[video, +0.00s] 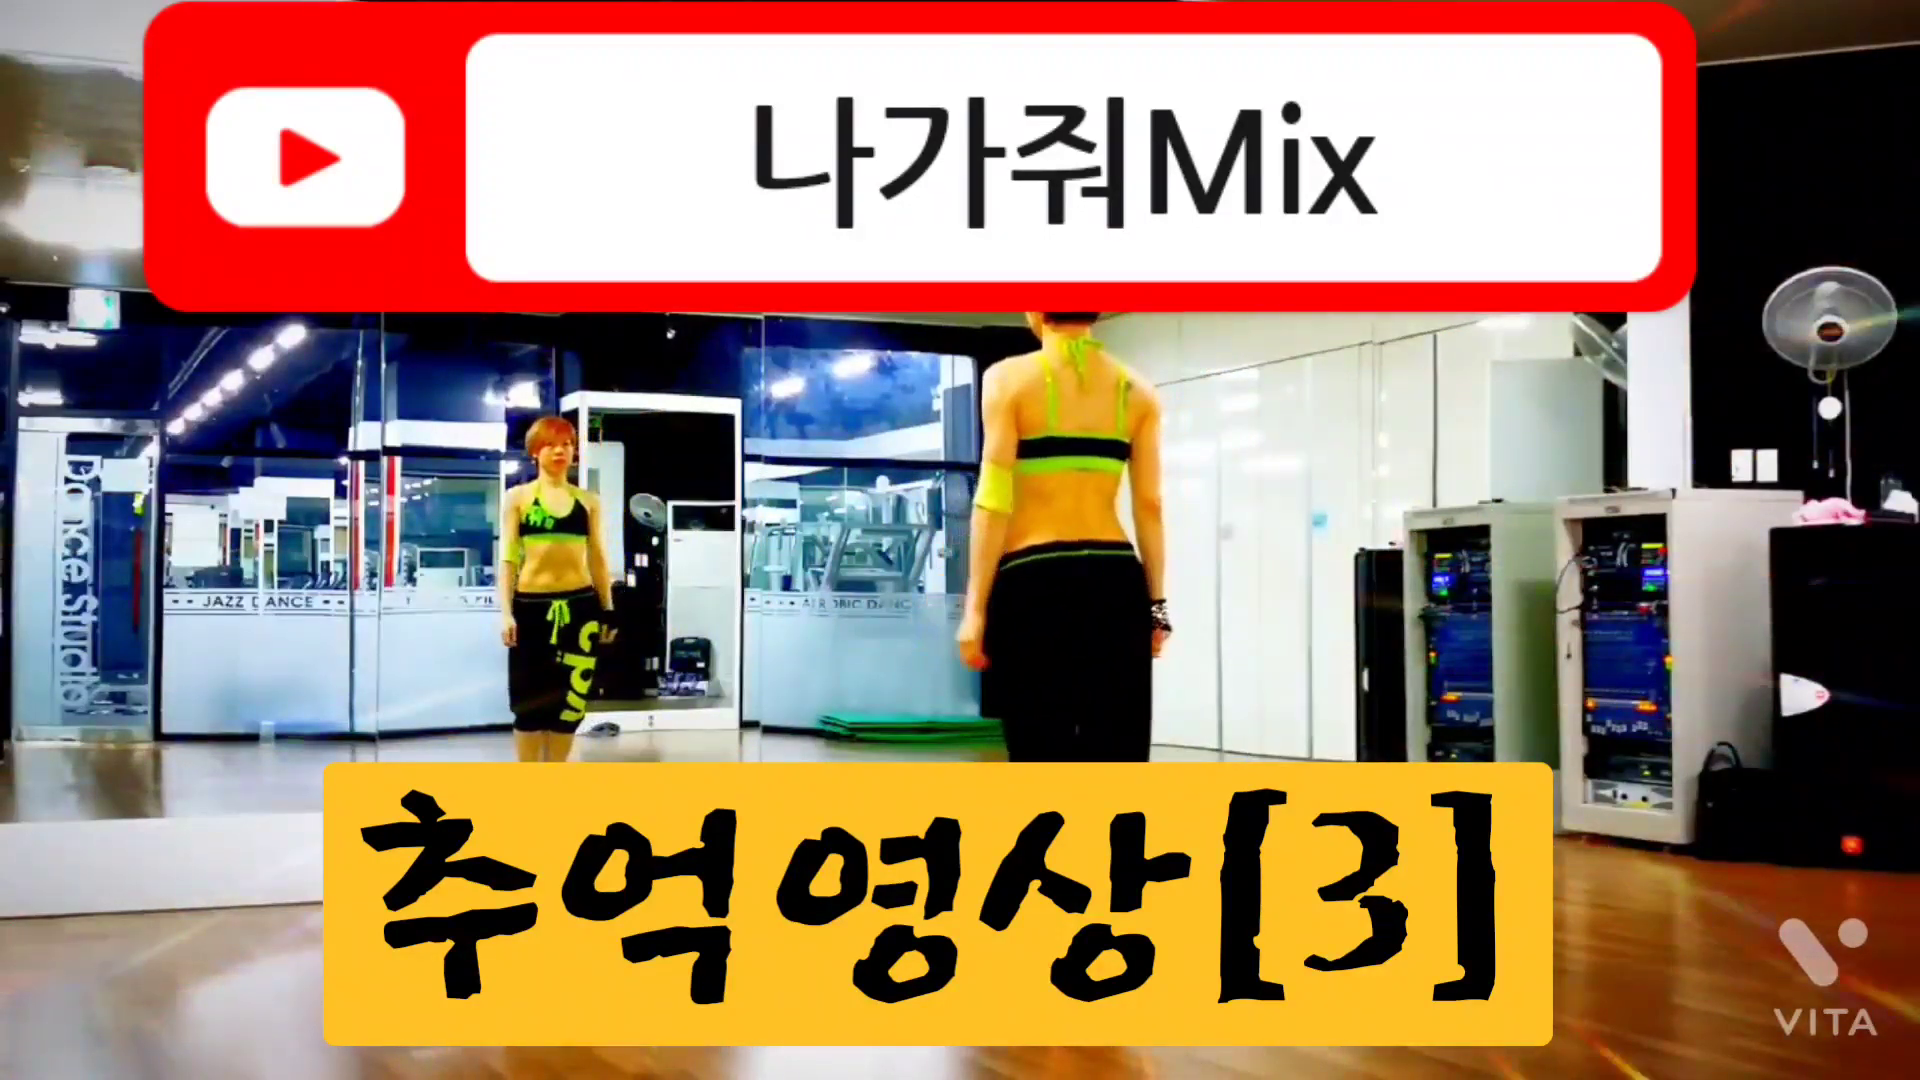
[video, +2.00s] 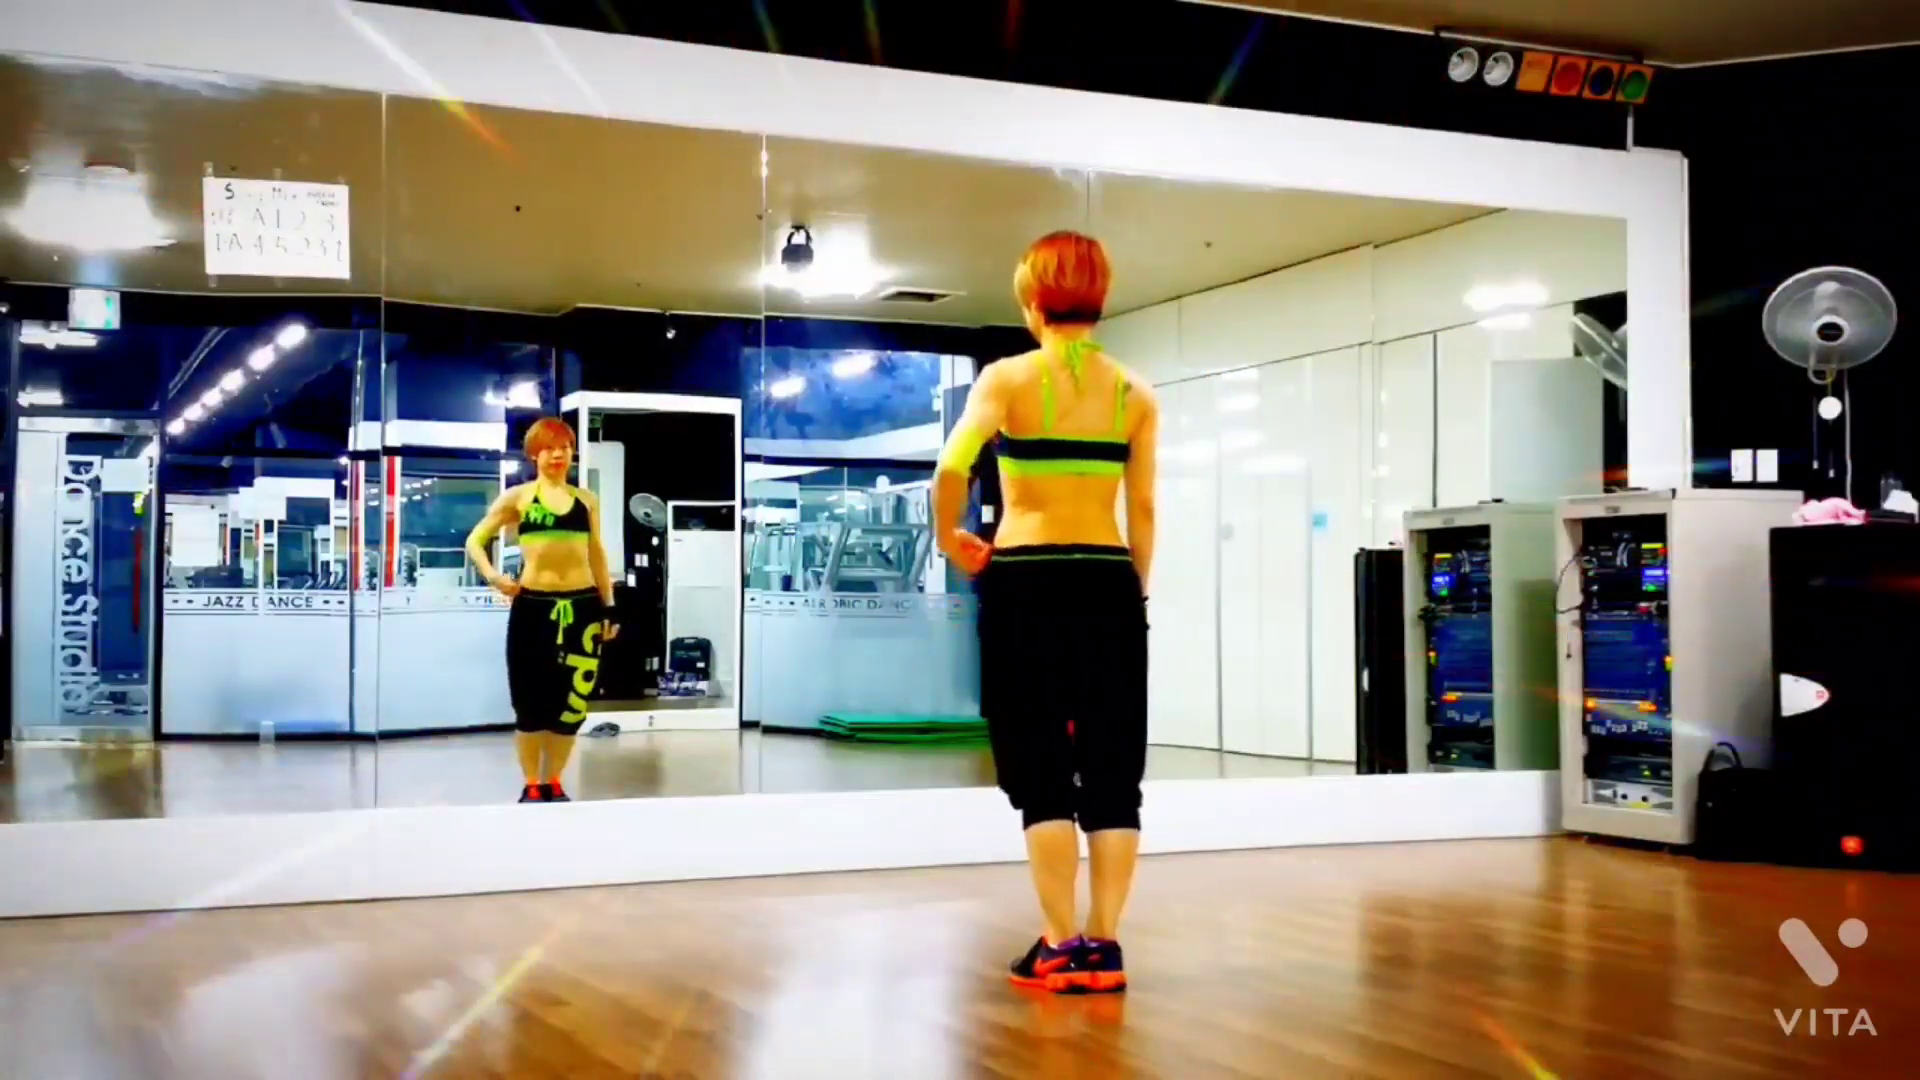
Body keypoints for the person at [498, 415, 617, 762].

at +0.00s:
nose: (560, 452)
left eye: (566, 445)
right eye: (551, 446)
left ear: (573, 452)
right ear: (536, 453)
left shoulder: (588, 501)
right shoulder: (517, 498)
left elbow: (598, 559)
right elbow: (509, 559)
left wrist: (608, 610)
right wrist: (507, 612)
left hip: (579, 607)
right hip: (531, 608)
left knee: (569, 705)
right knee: (529, 706)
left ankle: (554, 778)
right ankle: (528, 779)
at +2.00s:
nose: (557, 455)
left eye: (563, 448)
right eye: (548, 449)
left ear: (572, 454)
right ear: (534, 455)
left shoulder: (587, 500)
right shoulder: (519, 496)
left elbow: (597, 557)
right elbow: (475, 541)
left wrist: (609, 606)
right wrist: (496, 579)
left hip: (582, 605)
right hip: (533, 605)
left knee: (573, 702)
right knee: (531, 702)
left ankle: (552, 782)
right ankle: (532, 784)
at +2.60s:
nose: (560, 465)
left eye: (566, 457)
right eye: (551, 459)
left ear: (573, 458)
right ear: (535, 461)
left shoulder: (586, 496)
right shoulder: (519, 496)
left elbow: (611, 531)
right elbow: (525, 545)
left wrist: (577, 542)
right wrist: (557, 585)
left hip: (580, 603)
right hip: (533, 604)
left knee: (570, 697)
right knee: (532, 698)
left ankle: (553, 783)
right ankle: (531, 785)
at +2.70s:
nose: (561, 465)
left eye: (566, 458)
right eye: (552, 459)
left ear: (574, 459)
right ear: (537, 461)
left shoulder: (583, 496)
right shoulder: (520, 490)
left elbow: (611, 485)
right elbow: (524, 513)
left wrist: (566, 488)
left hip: (581, 602)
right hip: (533, 602)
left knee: (571, 700)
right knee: (531, 700)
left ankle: (553, 783)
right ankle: (531, 785)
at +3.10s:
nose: (554, 461)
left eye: (559, 454)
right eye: (546, 456)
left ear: (568, 458)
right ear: (531, 463)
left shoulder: (585, 499)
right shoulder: (521, 501)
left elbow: (590, 518)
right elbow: (549, 518)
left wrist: (577, 482)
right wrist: (566, 487)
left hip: (576, 608)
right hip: (530, 609)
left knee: (570, 708)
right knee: (537, 706)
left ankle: (553, 782)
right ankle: (532, 785)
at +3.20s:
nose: (554, 485)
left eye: (559, 478)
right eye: (545, 479)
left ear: (568, 488)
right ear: (531, 493)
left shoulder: (586, 537)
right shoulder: (521, 533)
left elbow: (583, 579)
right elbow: (537, 577)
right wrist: (570, 588)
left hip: (573, 640)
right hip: (529, 641)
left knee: (572, 733)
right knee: (540, 728)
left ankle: (552, 783)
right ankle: (532, 787)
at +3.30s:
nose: (556, 488)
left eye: (561, 483)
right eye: (547, 484)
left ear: (571, 494)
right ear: (532, 498)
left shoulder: (587, 543)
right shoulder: (519, 542)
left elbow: (591, 596)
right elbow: (521, 602)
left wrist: (589, 638)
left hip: (572, 637)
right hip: (529, 638)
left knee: (573, 729)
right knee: (538, 722)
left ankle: (553, 783)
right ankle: (532, 786)